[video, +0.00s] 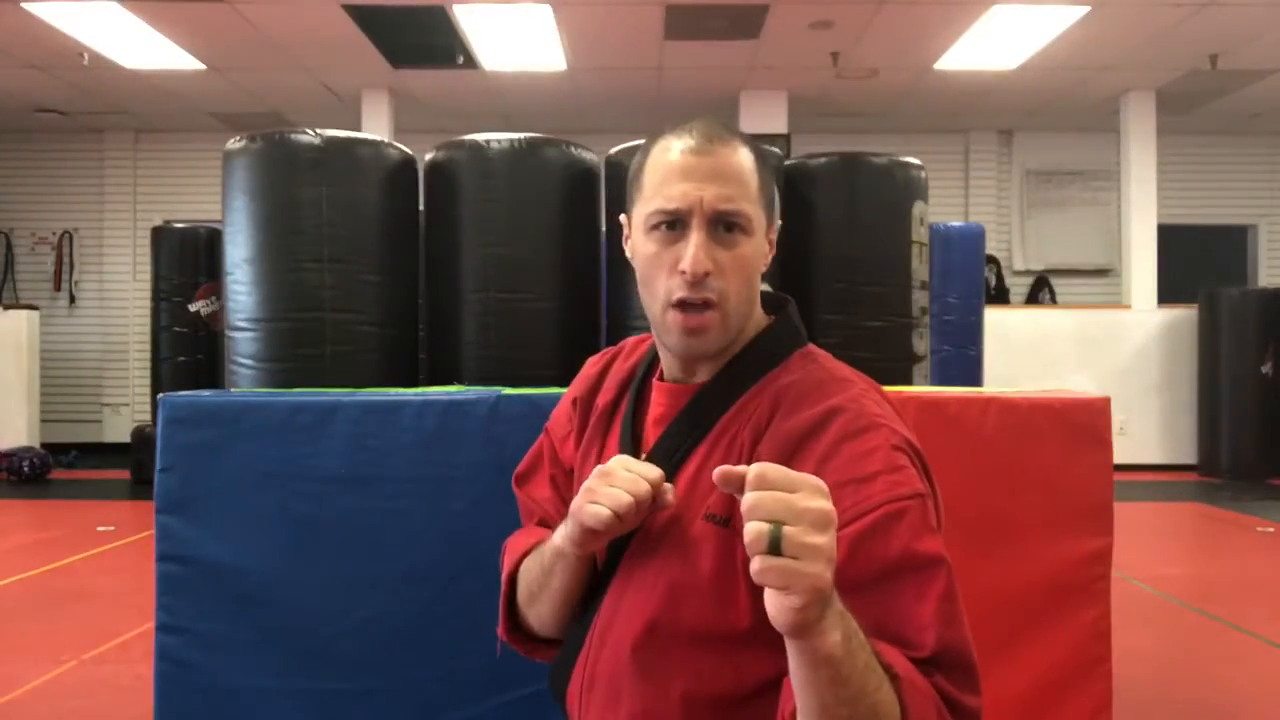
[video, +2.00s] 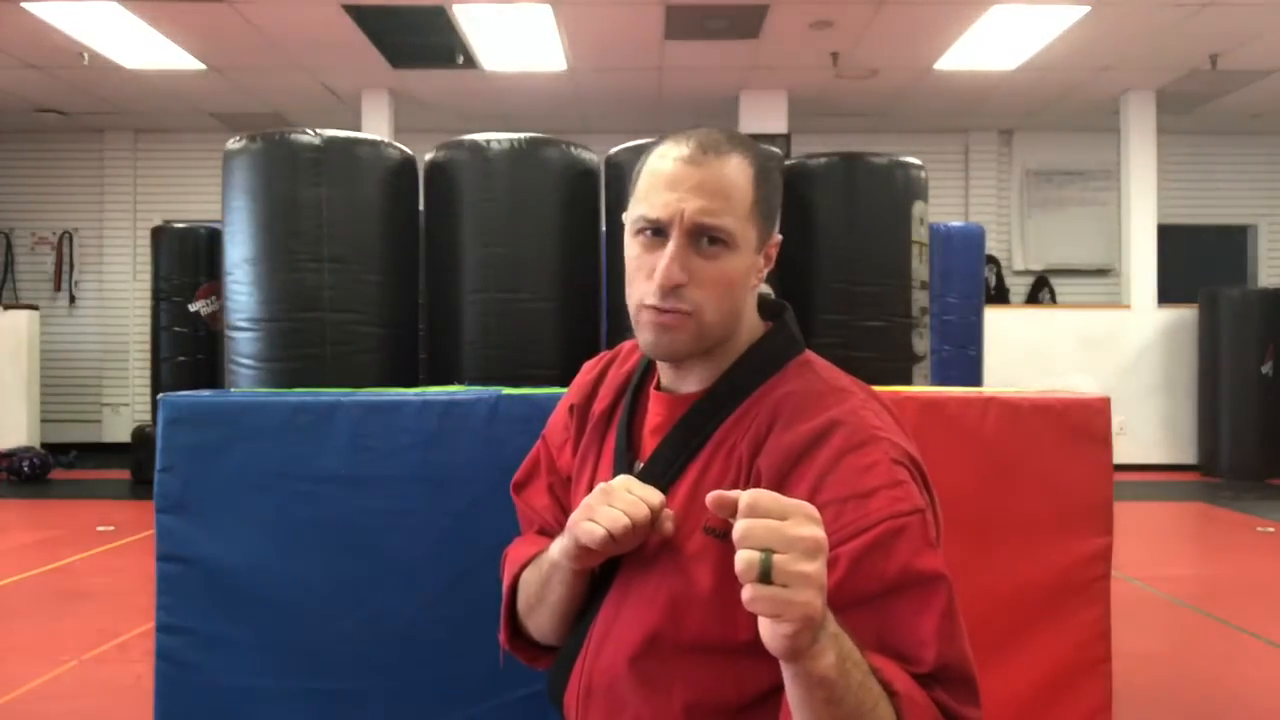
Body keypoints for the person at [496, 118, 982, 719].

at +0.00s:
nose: (695, 261)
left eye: (727, 228)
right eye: (668, 226)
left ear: (769, 245)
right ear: (628, 241)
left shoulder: (846, 431)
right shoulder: (603, 385)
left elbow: (921, 704)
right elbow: (533, 621)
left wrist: (816, 625)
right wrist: (570, 543)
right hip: (592, 704)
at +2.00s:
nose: (667, 274)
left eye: (709, 241)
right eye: (652, 233)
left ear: (764, 261)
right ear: (625, 240)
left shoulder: (844, 441)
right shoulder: (599, 388)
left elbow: (925, 706)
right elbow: (535, 628)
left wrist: (812, 648)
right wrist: (568, 554)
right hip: (587, 706)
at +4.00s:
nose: (544, 275)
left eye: (576, 242)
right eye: (516, 248)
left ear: (637, 259)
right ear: (488, 276)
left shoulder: (723, 415)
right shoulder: (540, 454)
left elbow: (864, 676)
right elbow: (528, 671)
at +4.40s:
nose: (343, 114)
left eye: (378, 85)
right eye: (314, 83)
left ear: (430, 120)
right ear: (271, 116)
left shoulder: (547, 275)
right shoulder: (264, 323)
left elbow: (713, 479)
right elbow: (274, 586)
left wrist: (707, 698)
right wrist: (249, 707)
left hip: (599, 689)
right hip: (427, 692)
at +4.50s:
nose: (407, 58)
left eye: (441, 39)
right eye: (376, 24)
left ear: (470, 81)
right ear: (313, 44)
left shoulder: (562, 245)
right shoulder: (234, 274)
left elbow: (686, 433)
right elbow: (249, 520)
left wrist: (699, 653)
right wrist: (263, 700)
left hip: (574, 682)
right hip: (380, 686)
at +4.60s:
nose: (457, 26)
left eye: (489, 17)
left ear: (506, 60)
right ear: (358, 11)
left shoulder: (583, 230)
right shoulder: (231, 240)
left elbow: (685, 413)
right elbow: (235, 498)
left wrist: (696, 613)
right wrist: (265, 699)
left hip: (559, 676)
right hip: (353, 686)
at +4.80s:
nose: (525, 43)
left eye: (562, 35)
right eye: (505, 9)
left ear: (581, 83)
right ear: (442, 18)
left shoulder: (635, 241)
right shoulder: (292, 216)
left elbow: (721, 420)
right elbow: (243, 471)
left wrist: (724, 601)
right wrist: (252, 692)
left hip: (571, 684)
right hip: (359, 680)